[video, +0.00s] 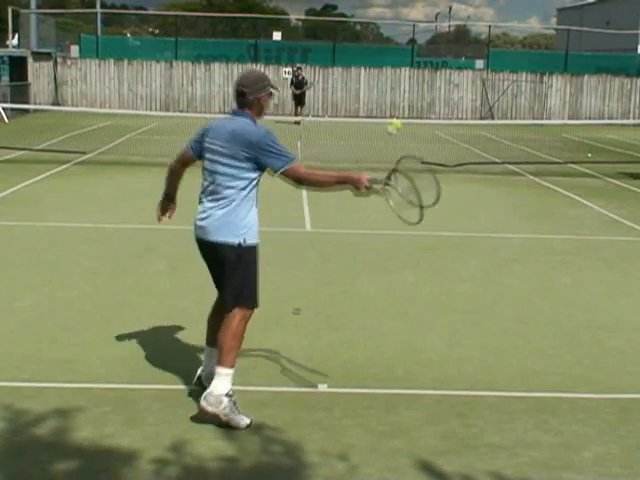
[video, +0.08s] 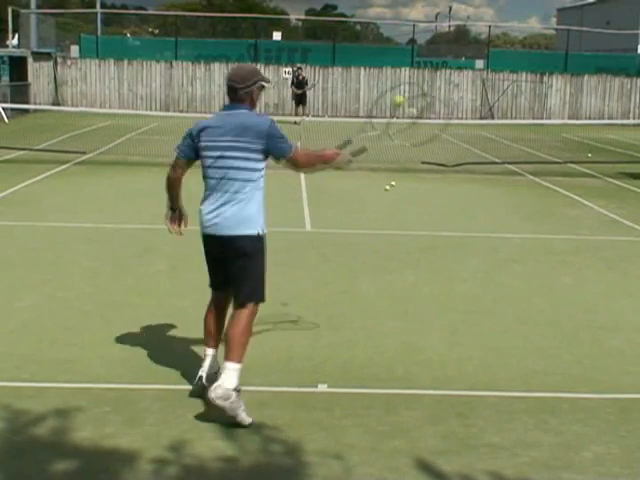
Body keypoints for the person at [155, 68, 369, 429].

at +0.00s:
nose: (269, 101)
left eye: (268, 96)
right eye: (267, 96)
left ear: (240, 97)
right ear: (257, 98)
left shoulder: (212, 128)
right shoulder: (256, 135)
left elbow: (179, 163)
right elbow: (299, 175)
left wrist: (168, 196)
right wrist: (349, 179)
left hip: (207, 232)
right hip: (236, 237)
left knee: (226, 299)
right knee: (242, 308)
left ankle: (209, 368)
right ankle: (218, 394)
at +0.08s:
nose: (261, 97)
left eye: (260, 91)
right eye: (260, 92)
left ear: (229, 94)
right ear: (252, 94)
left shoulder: (205, 127)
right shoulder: (262, 126)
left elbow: (175, 173)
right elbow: (298, 159)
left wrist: (175, 206)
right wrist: (328, 156)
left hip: (212, 228)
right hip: (246, 231)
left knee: (219, 297)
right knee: (246, 304)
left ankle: (207, 367)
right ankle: (226, 386)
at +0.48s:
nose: (242, 102)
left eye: (239, 97)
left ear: (236, 100)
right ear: (266, 98)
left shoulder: (229, 138)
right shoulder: (282, 131)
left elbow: (218, 195)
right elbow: (257, 155)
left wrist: (200, 222)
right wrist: (222, 139)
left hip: (241, 240)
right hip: (283, 236)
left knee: (229, 305)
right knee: (293, 305)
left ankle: (221, 379)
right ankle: (311, 382)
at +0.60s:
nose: (250, 108)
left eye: (246, 103)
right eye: (263, 102)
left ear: (244, 106)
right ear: (273, 104)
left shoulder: (241, 144)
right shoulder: (291, 137)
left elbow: (231, 198)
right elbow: (271, 171)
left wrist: (204, 213)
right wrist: (231, 163)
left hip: (257, 246)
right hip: (297, 244)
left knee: (234, 308)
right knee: (301, 311)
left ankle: (222, 380)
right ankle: (319, 385)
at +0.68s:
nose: (248, 105)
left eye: (247, 101)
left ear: (247, 104)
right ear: (276, 102)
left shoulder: (244, 142)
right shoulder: (295, 135)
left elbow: (232, 197)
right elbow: (279, 182)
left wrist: (206, 203)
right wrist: (237, 180)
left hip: (262, 243)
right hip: (302, 240)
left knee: (238, 306)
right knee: (302, 309)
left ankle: (237, 383)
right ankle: (319, 385)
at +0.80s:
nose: (250, 102)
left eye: (248, 97)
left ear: (246, 100)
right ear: (277, 99)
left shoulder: (239, 137)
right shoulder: (299, 135)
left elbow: (228, 194)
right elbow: (305, 186)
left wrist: (209, 199)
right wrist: (248, 194)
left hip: (259, 243)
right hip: (302, 240)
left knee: (248, 310)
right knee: (308, 308)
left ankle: (267, 392)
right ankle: (324, 381)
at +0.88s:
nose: (254, 109)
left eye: (248, 104)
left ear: (246, 107)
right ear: (277, 106)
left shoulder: (234, 144)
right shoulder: (298, 140)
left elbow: (219, 204)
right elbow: (316, 194)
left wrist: (209, 202)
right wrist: (283, 204)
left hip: (255, 253)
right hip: (298, 249)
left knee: (257, 323)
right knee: (312, 318)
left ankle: (273, 405)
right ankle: (330, 389)